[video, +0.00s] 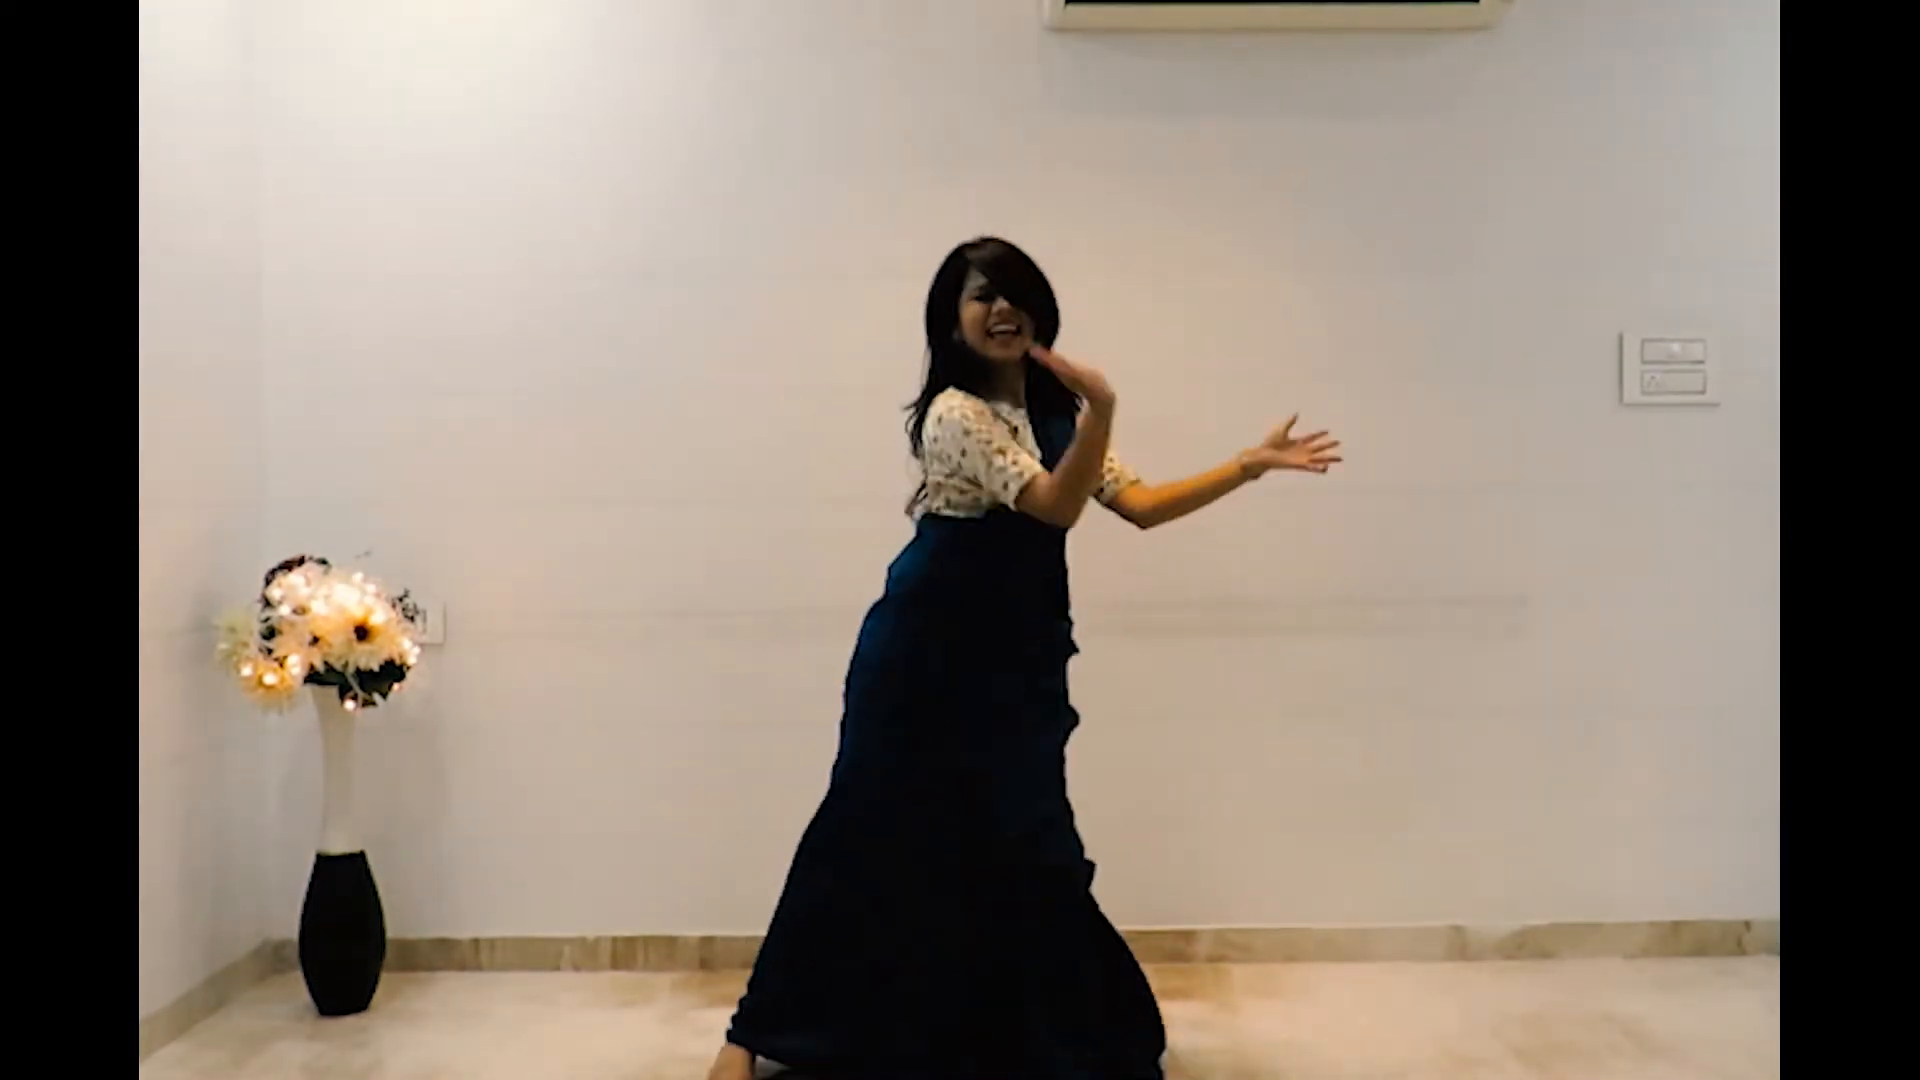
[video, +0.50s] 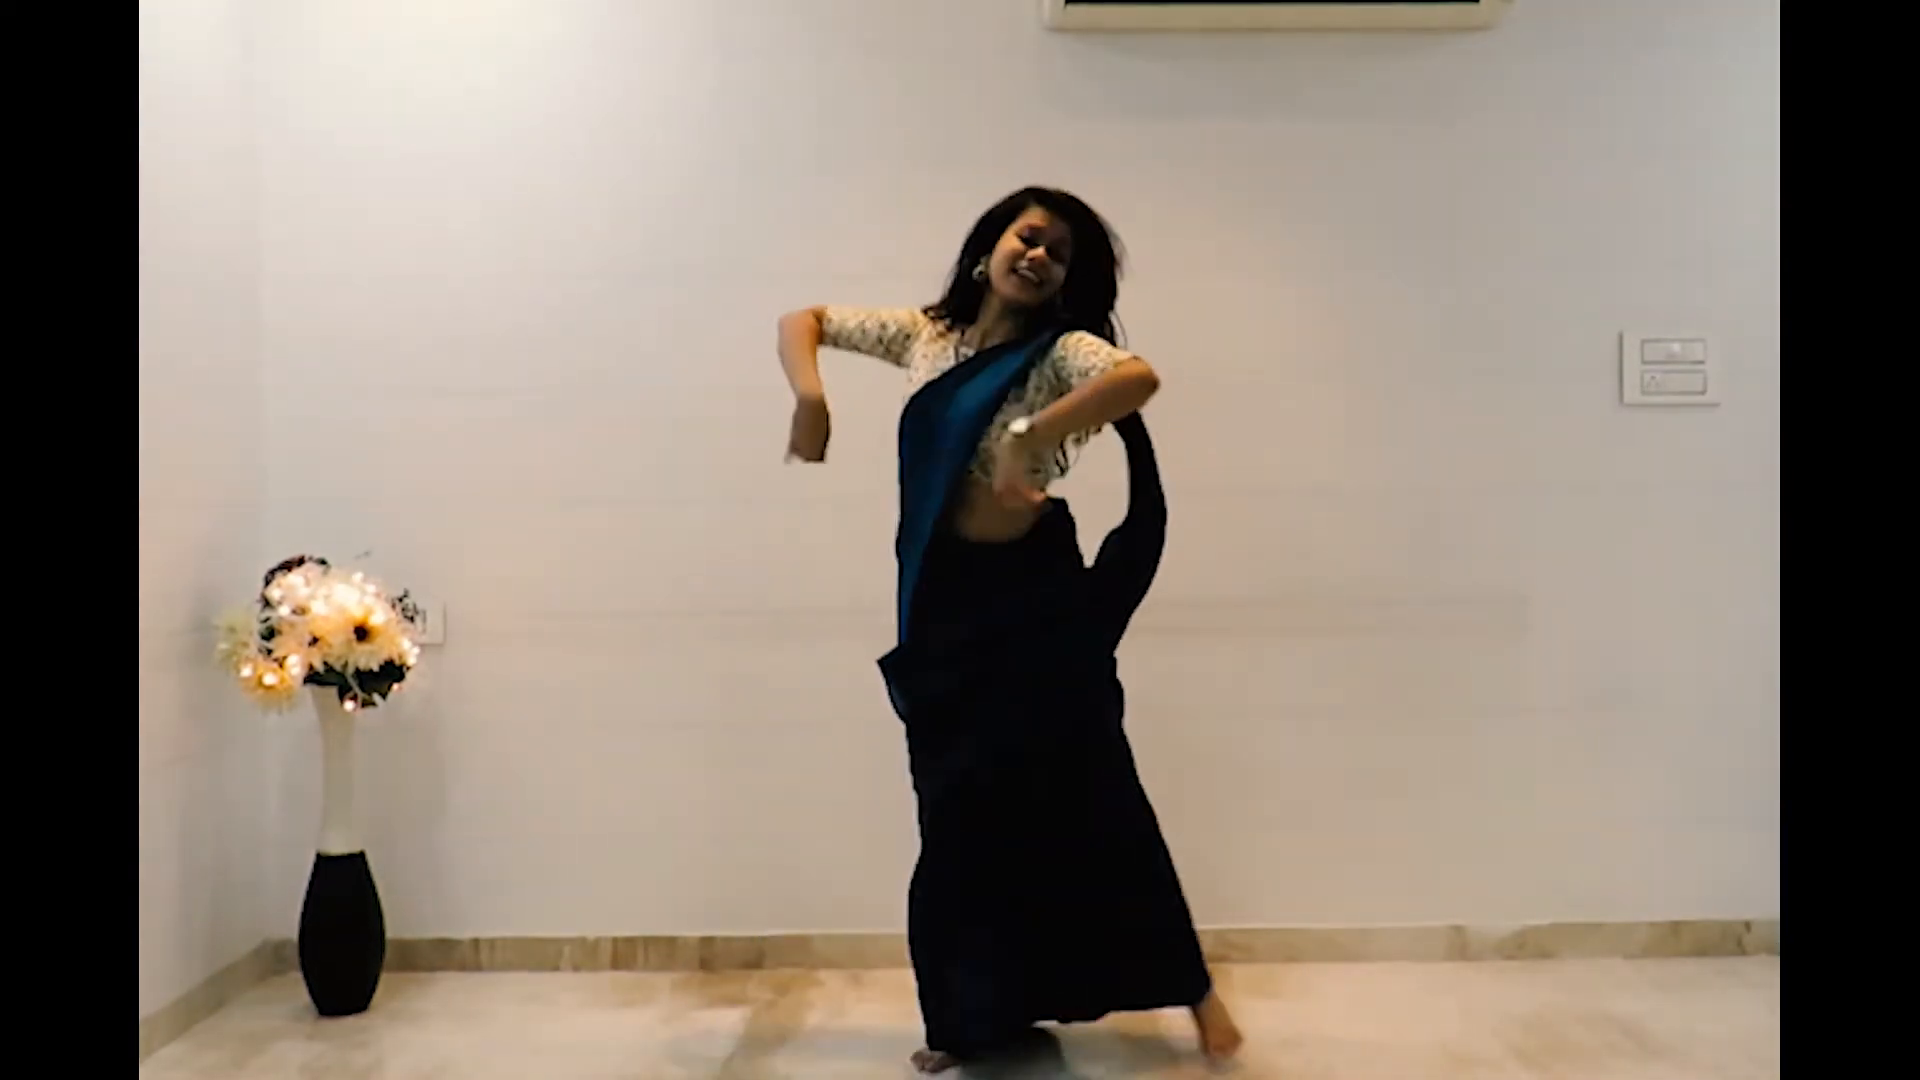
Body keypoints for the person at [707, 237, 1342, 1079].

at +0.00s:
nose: (1004, 308)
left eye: (1017, 295)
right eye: (984, 296)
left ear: (1040, 313)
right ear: (951, 317)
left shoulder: (1055, 414)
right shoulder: (952, 414)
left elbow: (1140, 504)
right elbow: (1054, 504)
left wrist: (1253, 463)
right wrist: (1100, 409)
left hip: (1017, 660)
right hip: (924, 656)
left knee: (1037, 863)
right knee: (863, 844)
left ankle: (1055, 1050)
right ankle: (746, 1045)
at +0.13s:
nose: (1000, 325)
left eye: (1013, 311)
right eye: (981, 312)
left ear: (1035, 324)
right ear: (952, 328)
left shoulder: (1066, 419)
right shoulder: (945, 427)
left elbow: (1101, 522)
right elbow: (985, 557)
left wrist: (1145, 523)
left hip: (1017, 666)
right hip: (920, 661)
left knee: (1010, 850)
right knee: (854, 838)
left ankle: (1000, 1038)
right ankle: (747, 1038)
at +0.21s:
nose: (1007, 303)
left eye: (1024, 290)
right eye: (990, 286)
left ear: (1044, 306)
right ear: (959, 298)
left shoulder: (1078, 401)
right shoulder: (932, 398)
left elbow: (1142, 501)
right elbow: (886, 511)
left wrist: (1117, 537)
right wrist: (1017, 539)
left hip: (1032, 652)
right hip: (926, 649)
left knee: (1023, 844)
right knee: (866, 834)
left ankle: (1013, 1039)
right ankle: (778, 1041)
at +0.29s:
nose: (1032, 267)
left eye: (1048, 258)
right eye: (1020, 249)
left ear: (1063, 277)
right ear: (978, 254)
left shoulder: (1088, 363)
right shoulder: (920, 354)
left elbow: (1181, 455)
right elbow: (804, 430)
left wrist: (1094, 507)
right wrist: (911, 480)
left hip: (1043, 624)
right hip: (937, 617)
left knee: (1022, 821)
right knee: (902, 813)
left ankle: (1013, 1036)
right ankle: (870, 1034)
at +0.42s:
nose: (1049, 245)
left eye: (1067, 242)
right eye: (1036, 226)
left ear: (1071, 268)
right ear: (990, 232)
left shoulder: (1071, 347)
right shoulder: (918, 319)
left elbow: (1179, 396)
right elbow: (777, 336)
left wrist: (1072, 448)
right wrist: (822, 408)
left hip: (1040, 587)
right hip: (942, 591)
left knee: (1060, 793)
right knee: (948, 800)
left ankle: (1105, 995)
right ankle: (956, 1026)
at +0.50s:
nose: (1037, 251)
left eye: (1056, 249)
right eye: (1025, 235)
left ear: (1067, 281)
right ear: (986, 248)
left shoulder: (1055, 348)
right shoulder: (932, 335)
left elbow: (1135, 376)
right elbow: (799, 321)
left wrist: (1030, 439)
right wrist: (810, 397)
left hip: (1035, 590)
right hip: (942, 594)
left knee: (1099, 793)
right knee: (959, 807)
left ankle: (1197, 993)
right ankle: (974, 1022)